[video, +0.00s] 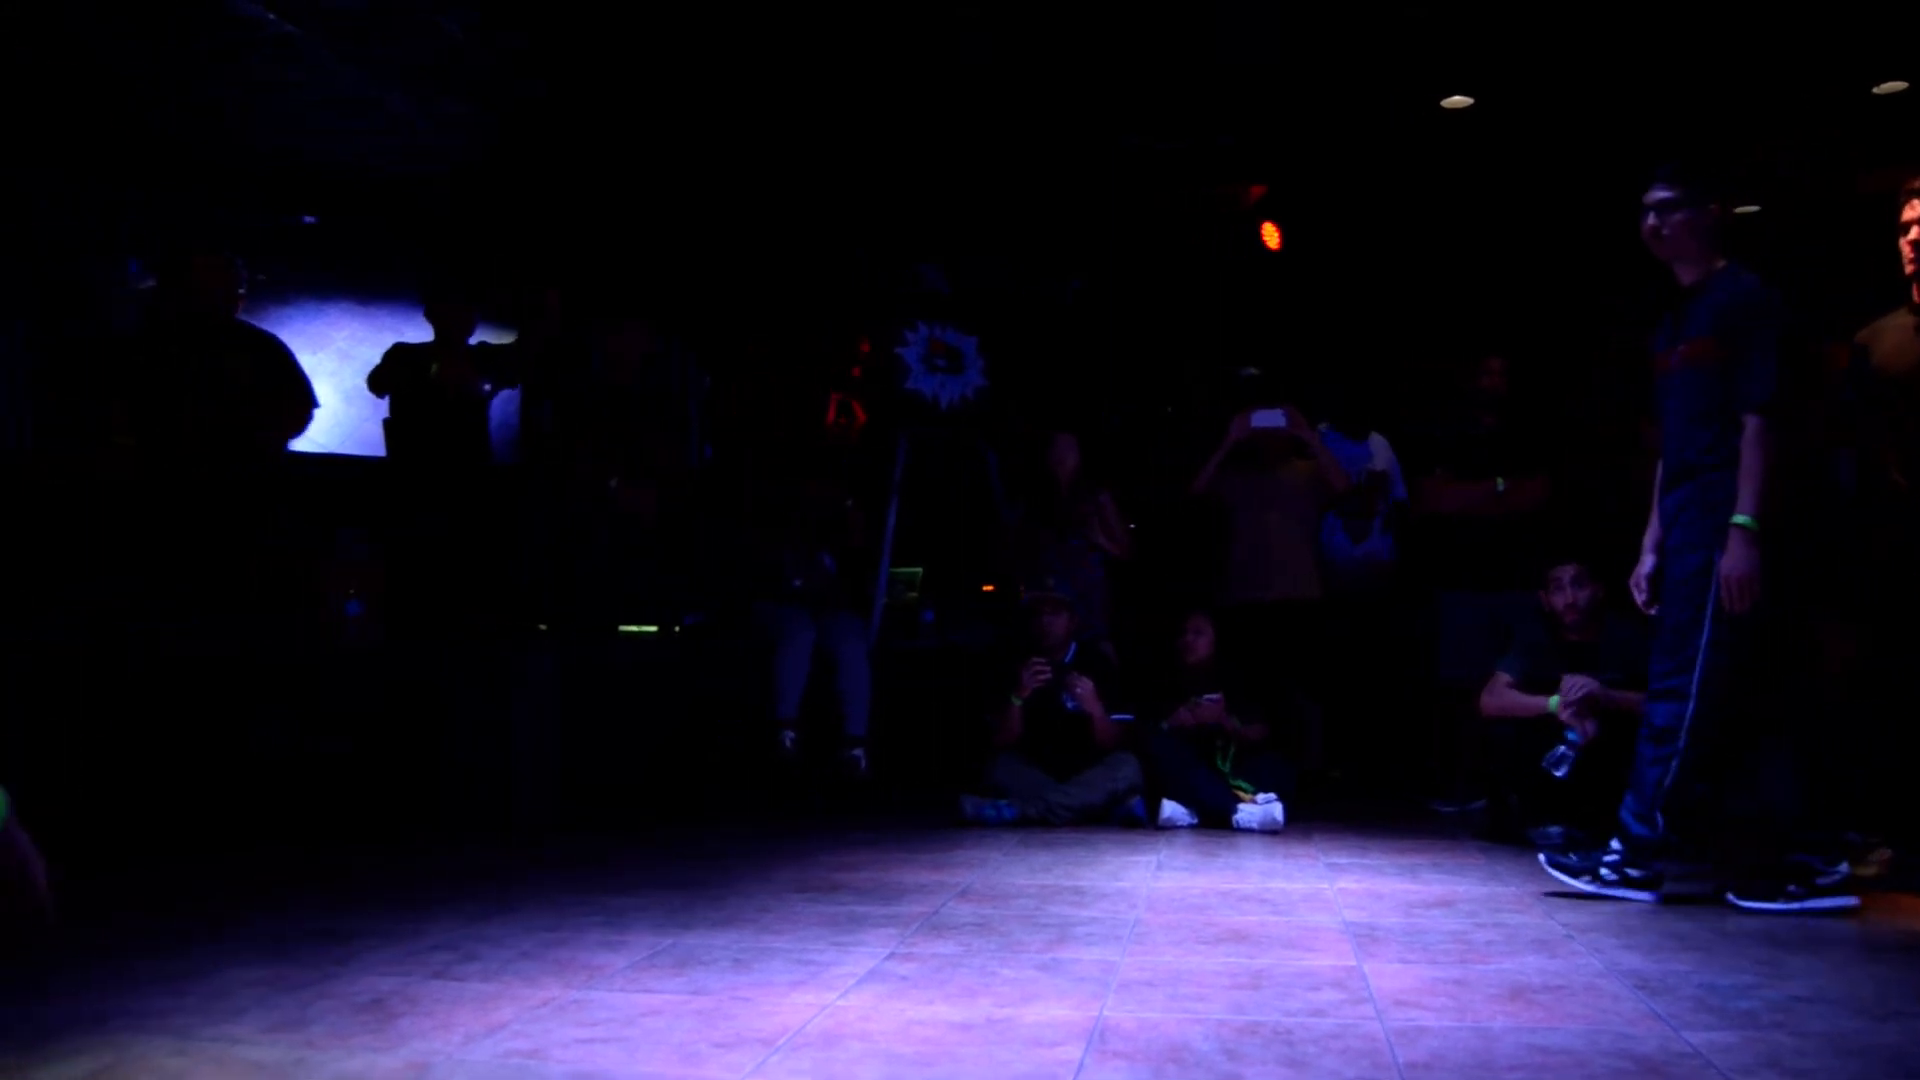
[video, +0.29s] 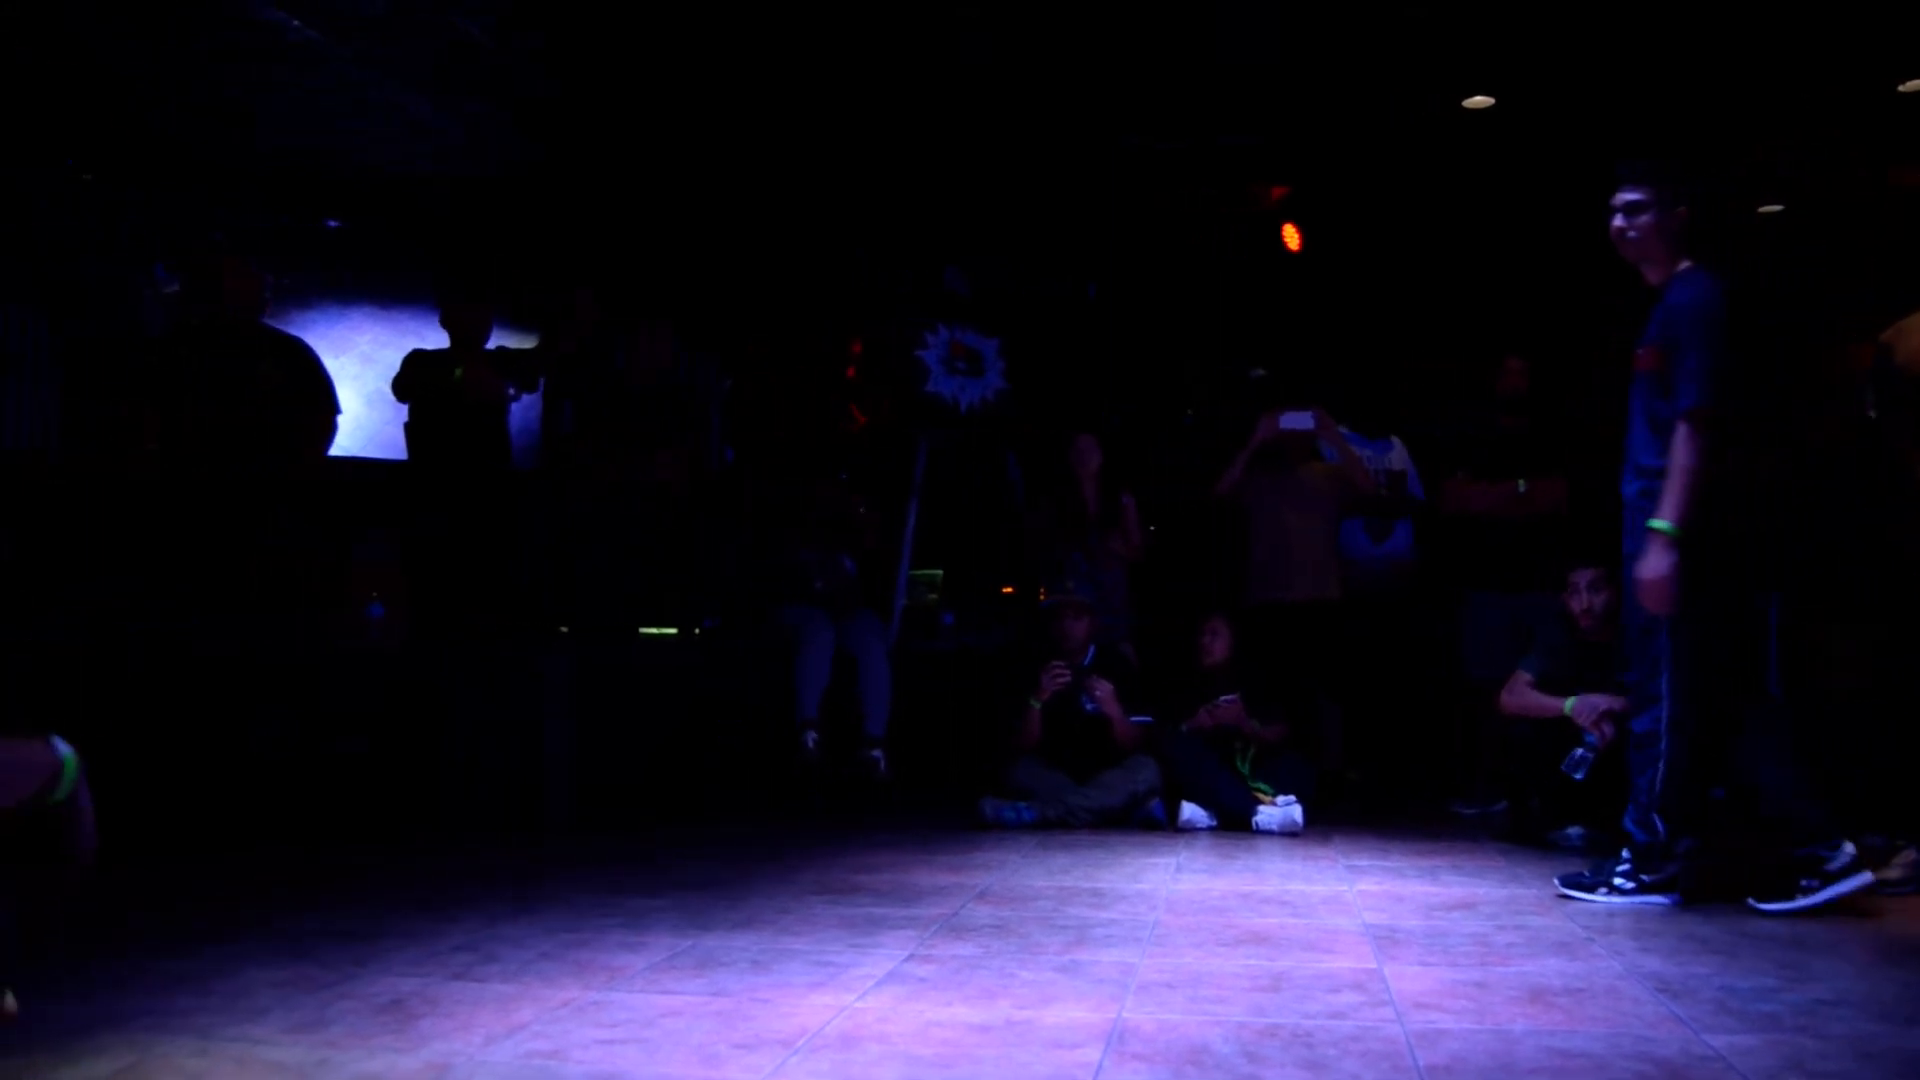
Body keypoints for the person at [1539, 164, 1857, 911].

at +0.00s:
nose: (1654, 224)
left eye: (1668, 210)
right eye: (1649, 213)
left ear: (1709, 215)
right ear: (1649, 230)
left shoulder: (1746, 301)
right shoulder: (1679, 316)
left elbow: (1756, 426)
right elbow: (1674, 449)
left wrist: (1744, 533)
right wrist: (1651, 547)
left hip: (1725, 522)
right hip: (1690, 522)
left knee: (1681, 683)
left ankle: (1644, 847)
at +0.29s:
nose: (1619, 225)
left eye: (1634, 211)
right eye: (1615, 213)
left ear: (1676, 217)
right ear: (1622, 227)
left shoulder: (1693, 300)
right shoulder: (1671, 301)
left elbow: (1693, 425)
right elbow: (1678, 426)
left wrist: (1664, 534)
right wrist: (1636, 533)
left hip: (1677, 530)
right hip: (1673, 527)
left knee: (1662, 694)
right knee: (1724, 686)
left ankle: (1652, 859)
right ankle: (1820, 847)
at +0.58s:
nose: (1572, 225)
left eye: (1587, 212)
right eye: (1570, 213)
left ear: (1630, 218)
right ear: (1607, 226)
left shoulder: (1639, 299)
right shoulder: (1639, 296)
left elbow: (1618, 428)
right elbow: (1622, 430)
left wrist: (1558, 524)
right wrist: (1586, 545)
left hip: (1633, 525)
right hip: (1637, 521)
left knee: (1627, 686)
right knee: (1641, 680)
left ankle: (1641, 857)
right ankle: (1711, 824)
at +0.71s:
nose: (1561, 228)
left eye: (1576, 214)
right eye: (1559, 216)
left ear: (1618, 220)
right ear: (1587, 227)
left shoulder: (1628, 300)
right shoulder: (1617, 298)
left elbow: (1601, 424)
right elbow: (1600, 426)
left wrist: (1542, 521)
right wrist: (1562, 533)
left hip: (1622, 528)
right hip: (1609, 525)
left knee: (1617, 688)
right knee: (1599, 685)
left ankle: (1642, 856)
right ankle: (1622, 838)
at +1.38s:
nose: (1500, 237)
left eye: (1516, 226)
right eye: (1499, 227)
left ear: (1553, 238)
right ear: (1505, 241)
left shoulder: (1578, 315)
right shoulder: (1520, 328)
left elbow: (1591, 429)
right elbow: (1500, 456)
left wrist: (1574, 528)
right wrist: (1465, 549)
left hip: (1552, 540)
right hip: (1504, 544)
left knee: (1583, 694)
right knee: (1519, 695)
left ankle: (1639, 850)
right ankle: (1521, 838)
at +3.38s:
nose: (1549, 241)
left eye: (1562, 230)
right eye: (1539, 231)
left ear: (1589, 242)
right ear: (1527, 247)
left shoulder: (1624, 334)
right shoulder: (1495, 338)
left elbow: (1644, 440)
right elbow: (1481, 443)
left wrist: (1653, 532)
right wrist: (1475, 538)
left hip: (1605, 542)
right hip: (1522, 542)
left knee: (1617, 693)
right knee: (1523, 692)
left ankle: (1639, 841)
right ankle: (1520, 836)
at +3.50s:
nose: (1559, 239)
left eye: (1572, 228)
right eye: (1548, 230)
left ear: (1600, 240)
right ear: (1537, 245)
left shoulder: (1635, 333)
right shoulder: (1505, 336)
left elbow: (1655, 440)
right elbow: (1489, 440)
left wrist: (1662, 531)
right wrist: (1479, 536)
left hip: (1614, 542)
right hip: (1528, 543)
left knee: (1622, 694)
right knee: (1527, 691)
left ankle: (1639, 841)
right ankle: (1520, 836)